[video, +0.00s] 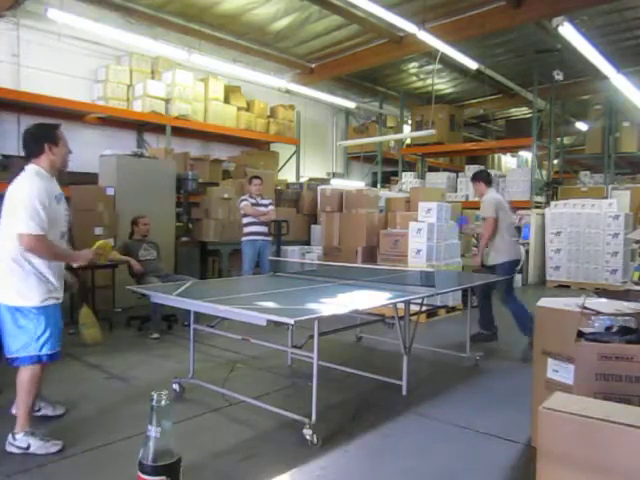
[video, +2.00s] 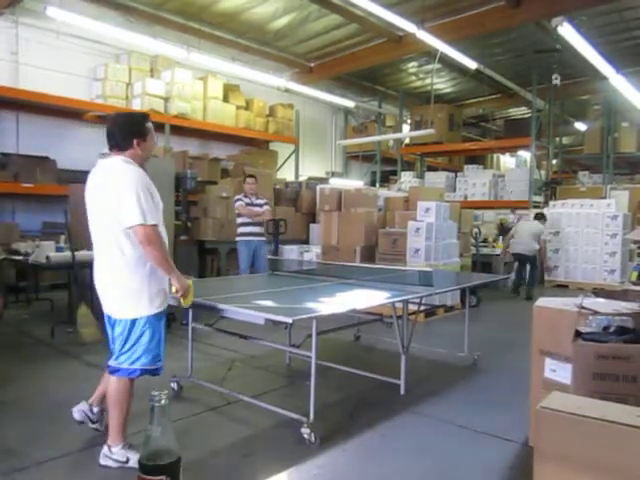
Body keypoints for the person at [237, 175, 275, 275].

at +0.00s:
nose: (258, 187)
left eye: (260, 185)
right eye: (255, 185)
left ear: (262, 186)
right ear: (249, 187)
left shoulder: (268, 201)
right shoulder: (244, 199)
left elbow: (272, 215)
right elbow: (248, 211)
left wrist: (258, 216)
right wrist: (265, 212)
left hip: (265, 238)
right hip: (249, 238)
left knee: (266, 269)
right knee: (248, 270)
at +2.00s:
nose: (251, 186)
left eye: (253, 183)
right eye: (248, 183)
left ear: (256, 185)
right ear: (244, 185)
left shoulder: (262, 200)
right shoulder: (239, 198)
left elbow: (268, 216)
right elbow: (243, 211)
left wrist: (252, 217)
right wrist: (261, 212)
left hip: (260, 238)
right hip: (244, 238)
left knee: (262, 269)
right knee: (244, 270)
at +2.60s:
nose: (248, 187)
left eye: (250, 184)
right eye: (245, 184)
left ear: (253, 185)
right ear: (241, 186)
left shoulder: (260, 199)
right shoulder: (237, 199)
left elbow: (267, 215)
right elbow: (244, 213)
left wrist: (253, 218)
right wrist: (259, 213)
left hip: (258, 239)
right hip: (243, 239)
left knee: (262, 269)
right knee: (245, 270)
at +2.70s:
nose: (250, 187)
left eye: (252, 184)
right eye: (247, 184)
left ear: (255, 185)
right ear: (243, 186)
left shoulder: (262, 199)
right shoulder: (238, 199)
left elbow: (268, 215)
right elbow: (246, 213)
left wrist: (254, 218)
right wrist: (261, 213)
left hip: (260, 239)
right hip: (245, 239)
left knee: (262, 269)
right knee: (245, 270)